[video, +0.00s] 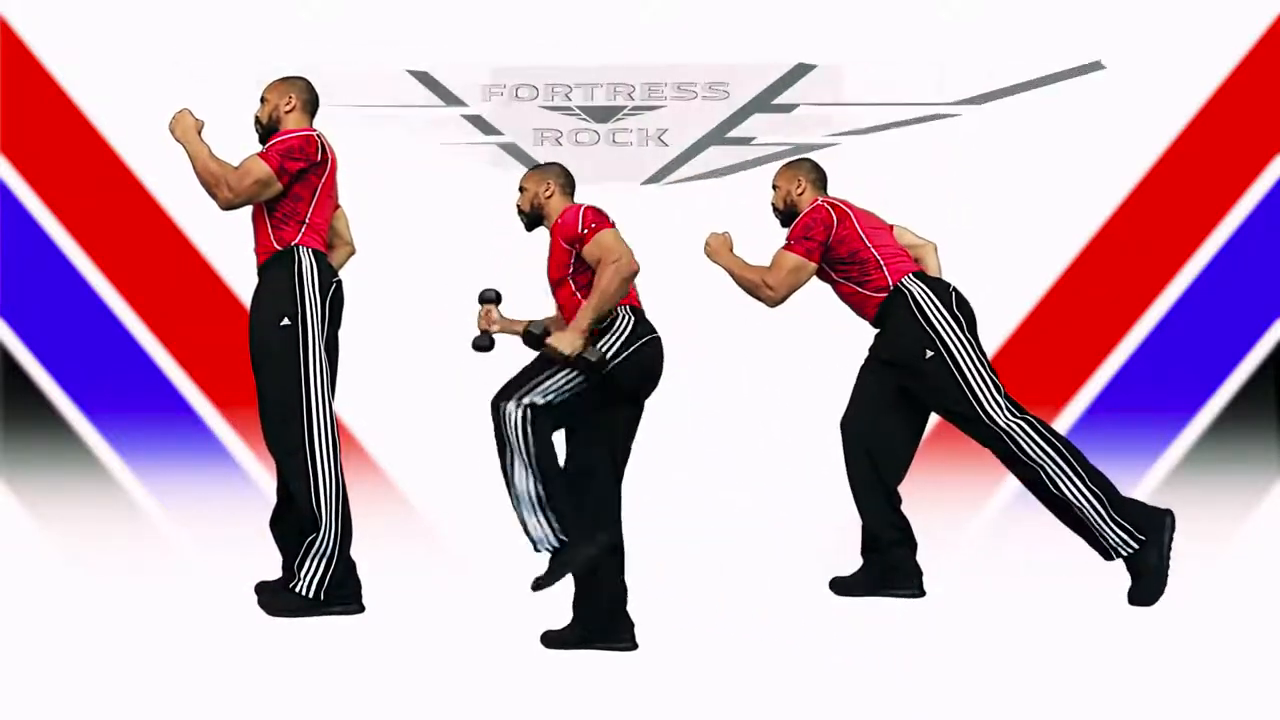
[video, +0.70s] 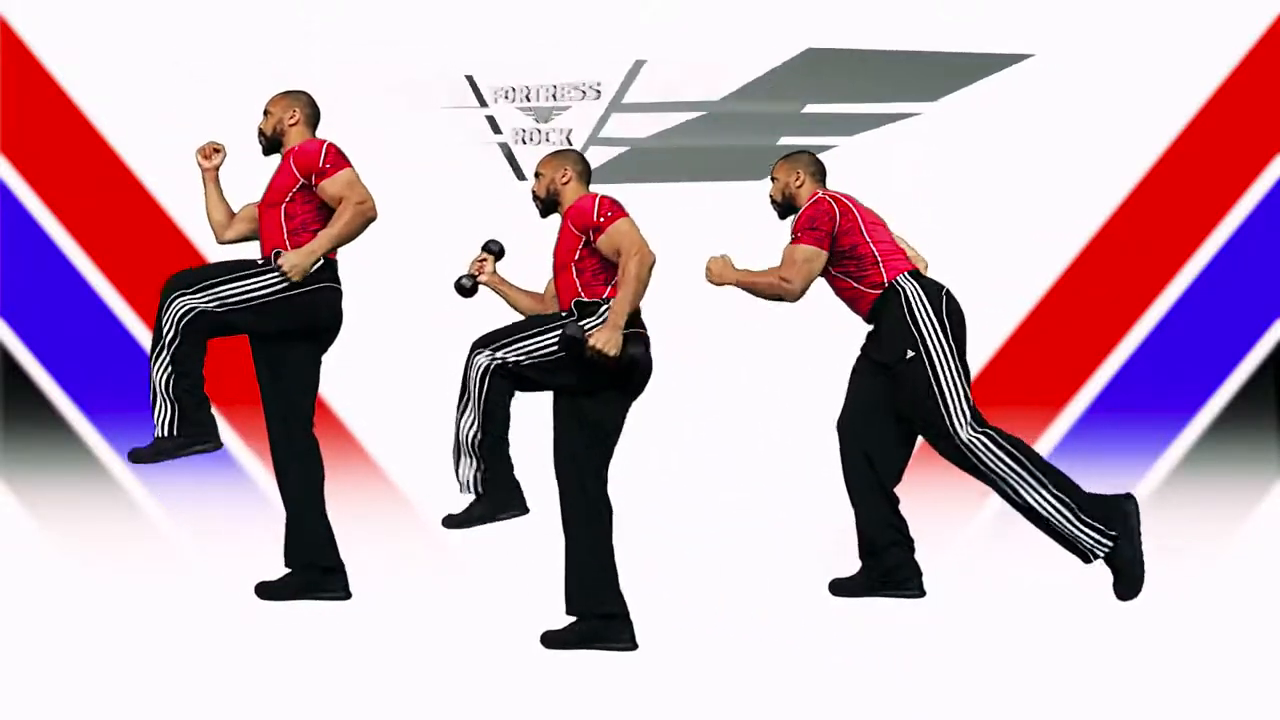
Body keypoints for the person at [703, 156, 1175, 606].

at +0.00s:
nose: (773, 199)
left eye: (779, 189)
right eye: (773, 191)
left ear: (805, 188)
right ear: (811, 191)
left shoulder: (818, 216)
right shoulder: (846, 219)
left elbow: (772, 289)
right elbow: (922, 248)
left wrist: (724, 258)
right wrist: (942, 313)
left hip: (920, 309)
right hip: (903, 325)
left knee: (1001, 424)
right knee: (864, 437)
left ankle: (1136, 531)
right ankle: (891, 567)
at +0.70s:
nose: (769, 188)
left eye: (775, 178)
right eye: (769, 181)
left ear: (802, 176)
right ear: (807, 183)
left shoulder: (820, 207)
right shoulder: (846, 212)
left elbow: (790, 283)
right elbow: (915, 263)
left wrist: (731, 276)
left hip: (913, 306)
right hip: (892, 323)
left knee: (960, 434)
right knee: (861, 439)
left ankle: (1104, 527)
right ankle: (890, 568)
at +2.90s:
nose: (767, 201)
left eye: (773, 190)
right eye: (768, 193)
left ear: (801, 189)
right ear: (807, 192)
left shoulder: (814, 219)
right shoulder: (844, 221)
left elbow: (768, 292)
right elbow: (920, 251)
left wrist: (722, 259)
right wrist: (936, 317)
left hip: (920, 312)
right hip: (901, 328)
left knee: (1003, 430)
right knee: (863, 436)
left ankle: (1143, 535)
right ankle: (889, 568)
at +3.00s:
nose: (767, 195)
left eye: (773, 186)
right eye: (767, 187)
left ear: (801, 185)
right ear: (805, 189)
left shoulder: (815, 215)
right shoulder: (839, 218)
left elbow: (774, 292)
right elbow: (916, 257)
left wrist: (724, 266)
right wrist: (923, 323)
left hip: (917, 311)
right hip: (898, 327)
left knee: (993, 432)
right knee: (861, 437)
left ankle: (1134, 532)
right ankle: (890, 569)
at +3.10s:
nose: (769, 184)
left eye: (775, 175)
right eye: (769, 177)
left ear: (802, 173)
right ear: (805, 177)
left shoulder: (822, 204)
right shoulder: (837, 212)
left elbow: (799, 283)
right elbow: (887, 279)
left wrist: (740, 283)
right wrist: (872, 330)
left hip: (911, 306)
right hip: (889, 325)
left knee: (950, 434)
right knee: (866, 440)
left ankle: (1096, 525)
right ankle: (889, 568)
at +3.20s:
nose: (778, 173)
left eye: (782, 163)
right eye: (778, 165)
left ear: (805, 161)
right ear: (812, 163)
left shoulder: (831, 190)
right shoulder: (838, 202)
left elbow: (837, 263)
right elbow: (866, 291)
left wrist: (771, 297)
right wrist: (816, 312)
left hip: (912, 298)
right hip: (888, 314)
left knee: (892, 427)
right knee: (866, 430)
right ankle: (890, 568)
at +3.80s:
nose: (803, 149)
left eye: (807, 138)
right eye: (803, 142)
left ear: (831, 136)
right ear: (837, 138)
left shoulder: (860, 164)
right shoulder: (850, 200)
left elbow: (924, 201)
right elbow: (804, 256)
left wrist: (936, 279)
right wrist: (759, 216)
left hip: (894, 276)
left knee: (777, 300)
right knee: (872, 434)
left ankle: (791, 429)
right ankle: (891, 565)